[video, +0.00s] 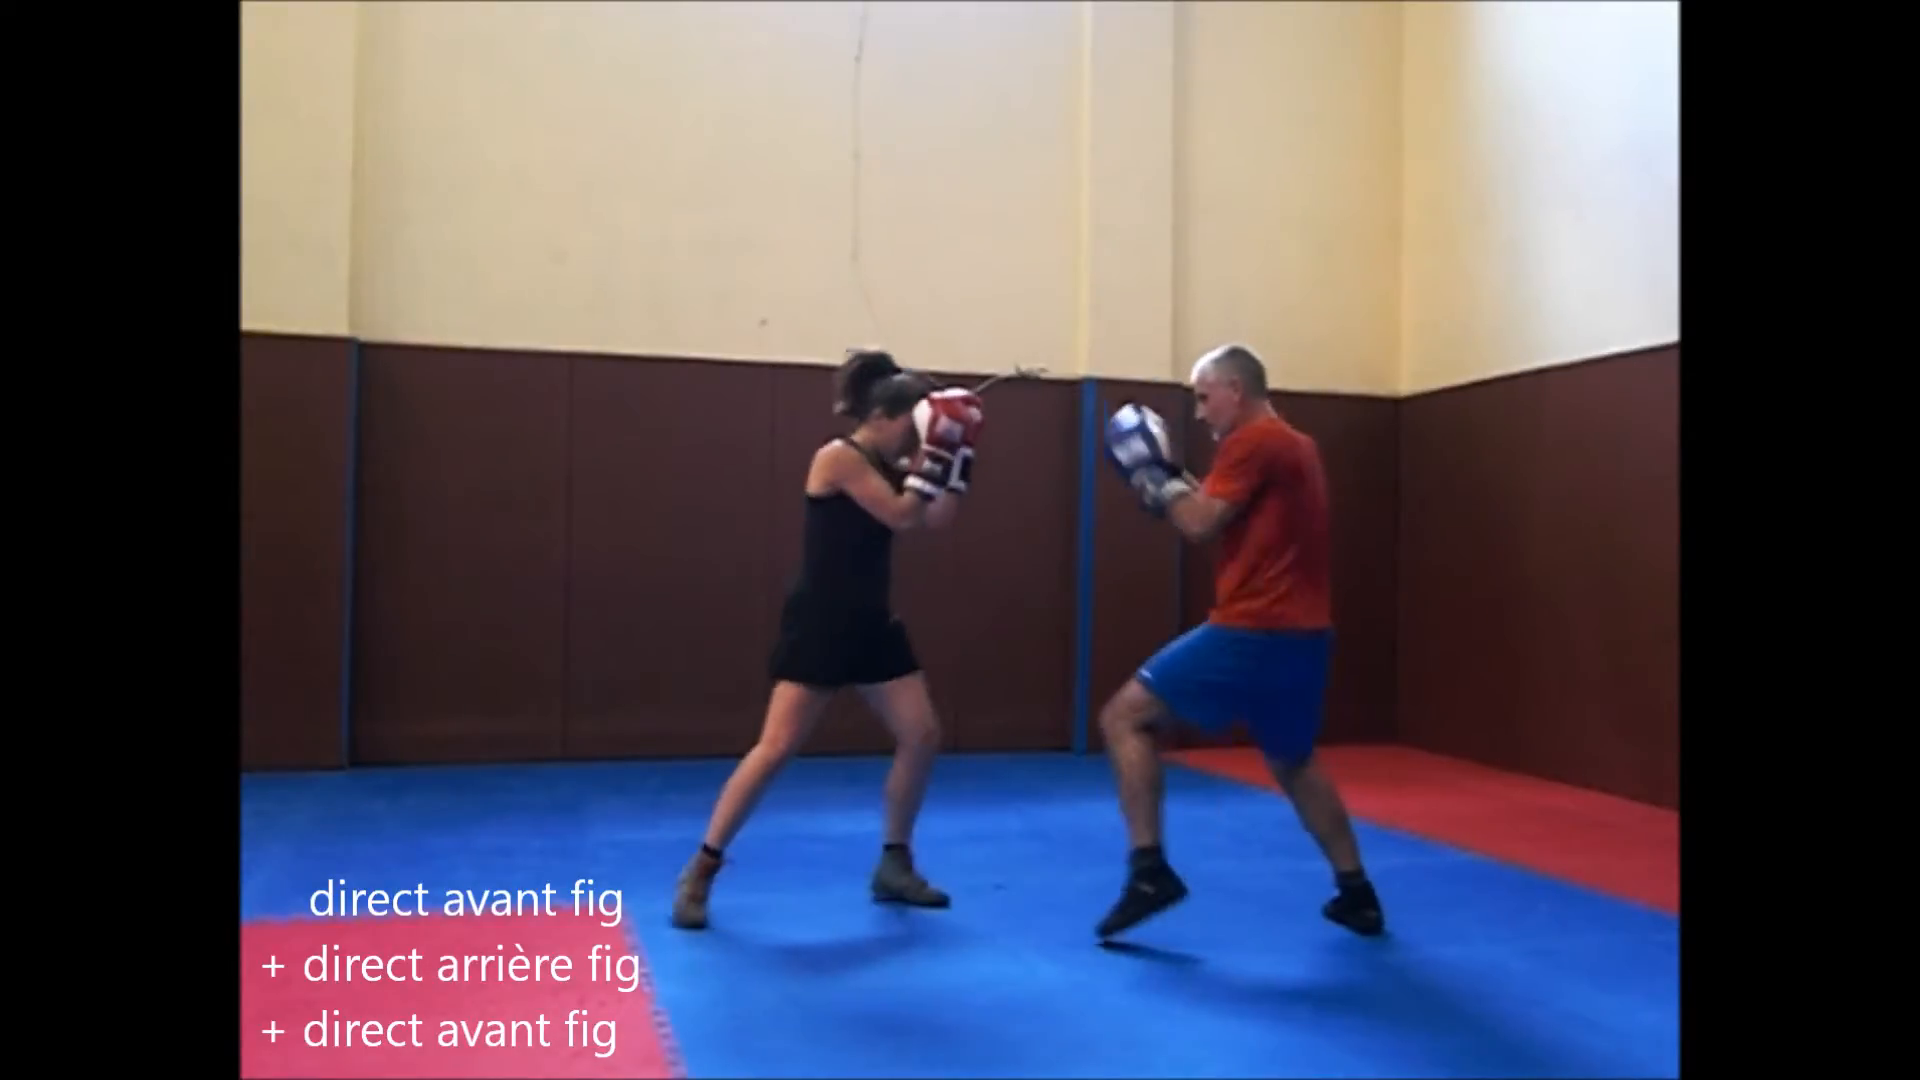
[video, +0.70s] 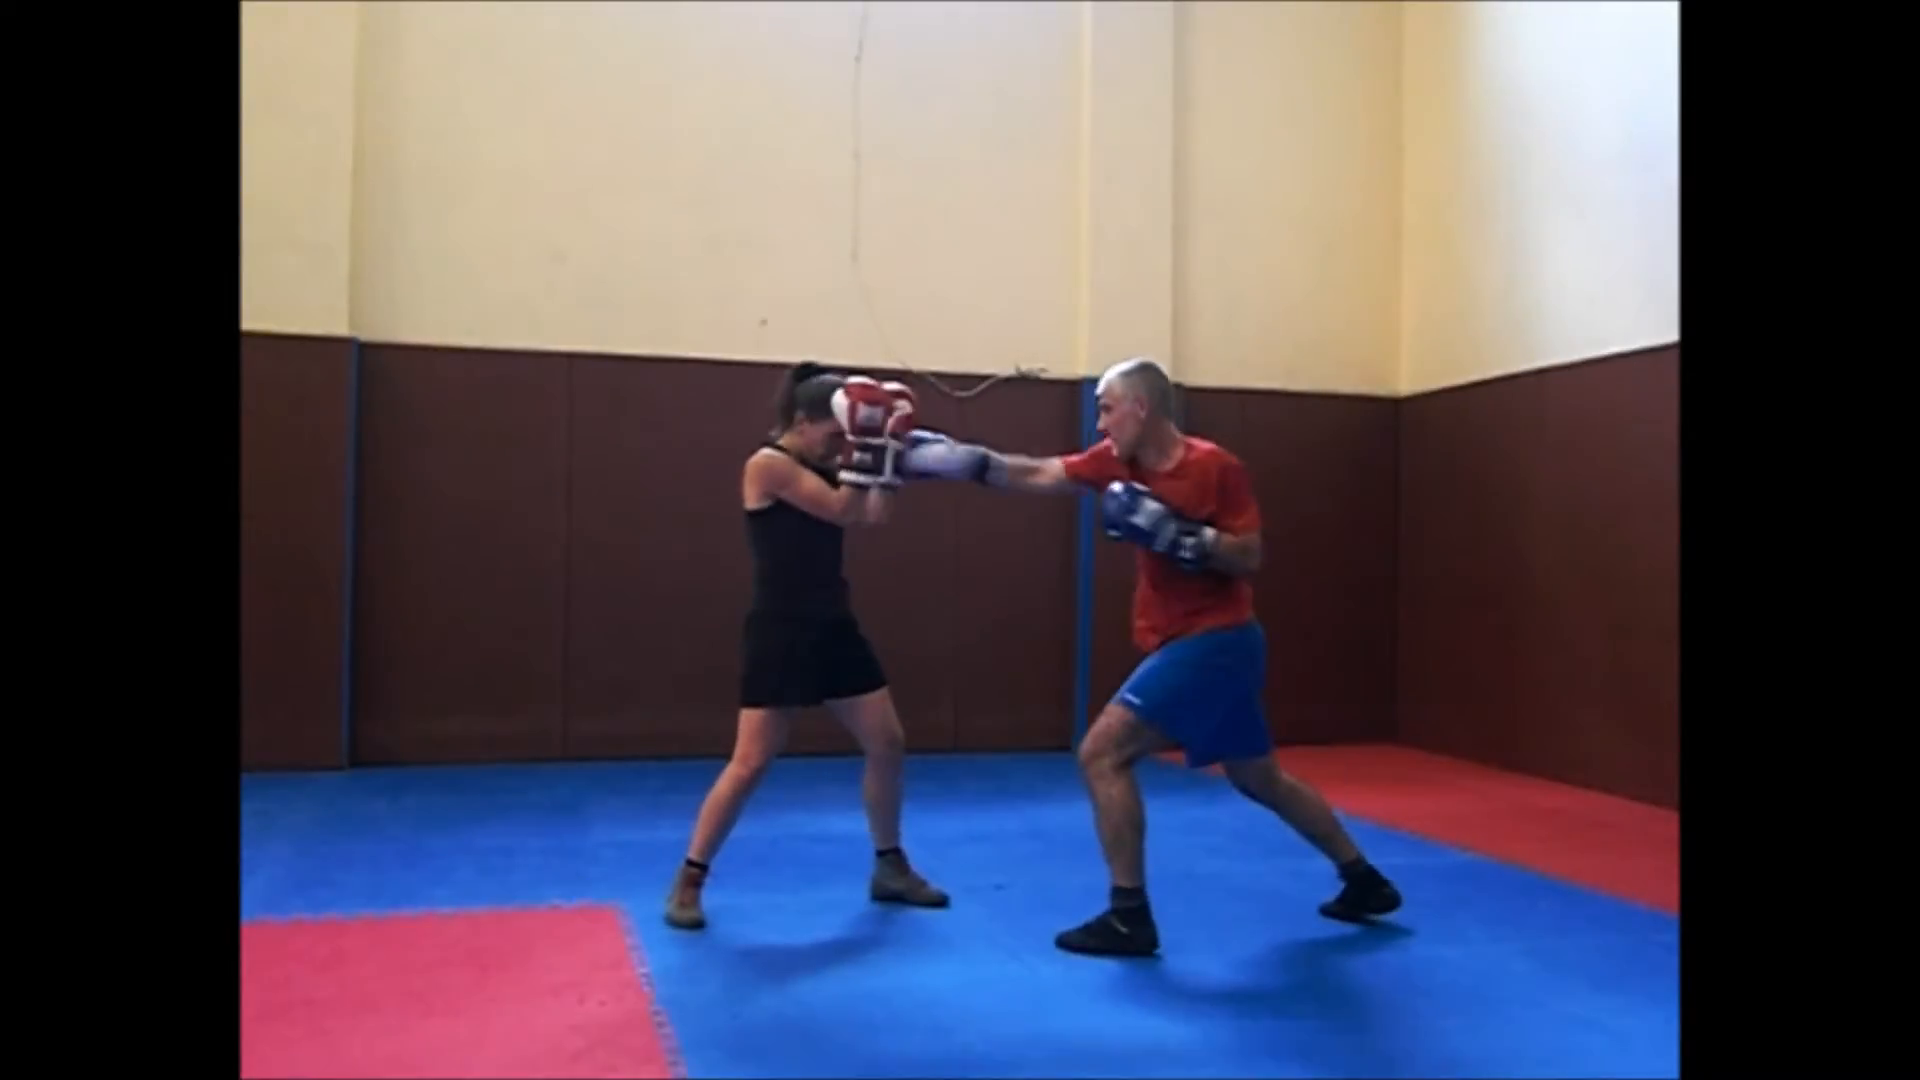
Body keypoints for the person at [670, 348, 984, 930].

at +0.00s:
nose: (912, 435)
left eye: (916, 425)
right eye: (909, 423)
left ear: (886, 418)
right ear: (881, 415)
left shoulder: (881, 466)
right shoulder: (837, 457)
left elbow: (936, 517)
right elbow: (899, 514)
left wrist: (956, 459)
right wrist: (934, 461)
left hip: (869, 627)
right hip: (818, 625)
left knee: (921, 733)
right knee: (775, 748)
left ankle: (895, 865)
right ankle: (701, 871)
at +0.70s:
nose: (837, 444)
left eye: (841, 434)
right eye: (830, 433)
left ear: (833, 427)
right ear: (800, 421)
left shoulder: (820, 471)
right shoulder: (767, 465)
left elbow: (874, 513)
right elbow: (843, 509)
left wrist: (885, 444)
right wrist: (867, 447)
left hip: (832, 629)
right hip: (779, 632)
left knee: (886, 741)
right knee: (750, 761)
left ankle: (890, 868)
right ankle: (689, 880)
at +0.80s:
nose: (838, 444)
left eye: (842, 433)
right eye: (831, 432)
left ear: (818, 426)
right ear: (796, 422)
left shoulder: (815, 471)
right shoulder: (765, 465)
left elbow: (868, 514)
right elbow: (840, 508)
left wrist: (881, 451)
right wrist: (865, 452)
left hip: (831, 629)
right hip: (778, 632)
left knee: (883, 740)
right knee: (750, 761)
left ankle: (890, 867)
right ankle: (689, 880)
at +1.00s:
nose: (837, 443)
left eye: (841, 433)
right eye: (830, 431)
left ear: (833, 428)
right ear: (802, 421)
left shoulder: (819, 466)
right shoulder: (763, 462)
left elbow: (867, 514)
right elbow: (838, 508)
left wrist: (868, 450)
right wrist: (855, 454)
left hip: (828, 628)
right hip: (773, 631)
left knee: (876, 742)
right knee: (746, 761)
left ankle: (889, 868)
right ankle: (688, 881)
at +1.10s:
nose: (830, 444)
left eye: (834, 434)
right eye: (825, 432)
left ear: (814, 426)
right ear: (794, 421)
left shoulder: (811, 472)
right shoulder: (757, 464)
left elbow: (863, 522)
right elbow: (825, 518)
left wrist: (877, 470)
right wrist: (853, 471)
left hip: (825, 629)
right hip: (771, 632)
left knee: (875, 742)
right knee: (747, 763)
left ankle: (889, 868)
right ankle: (688, 881)